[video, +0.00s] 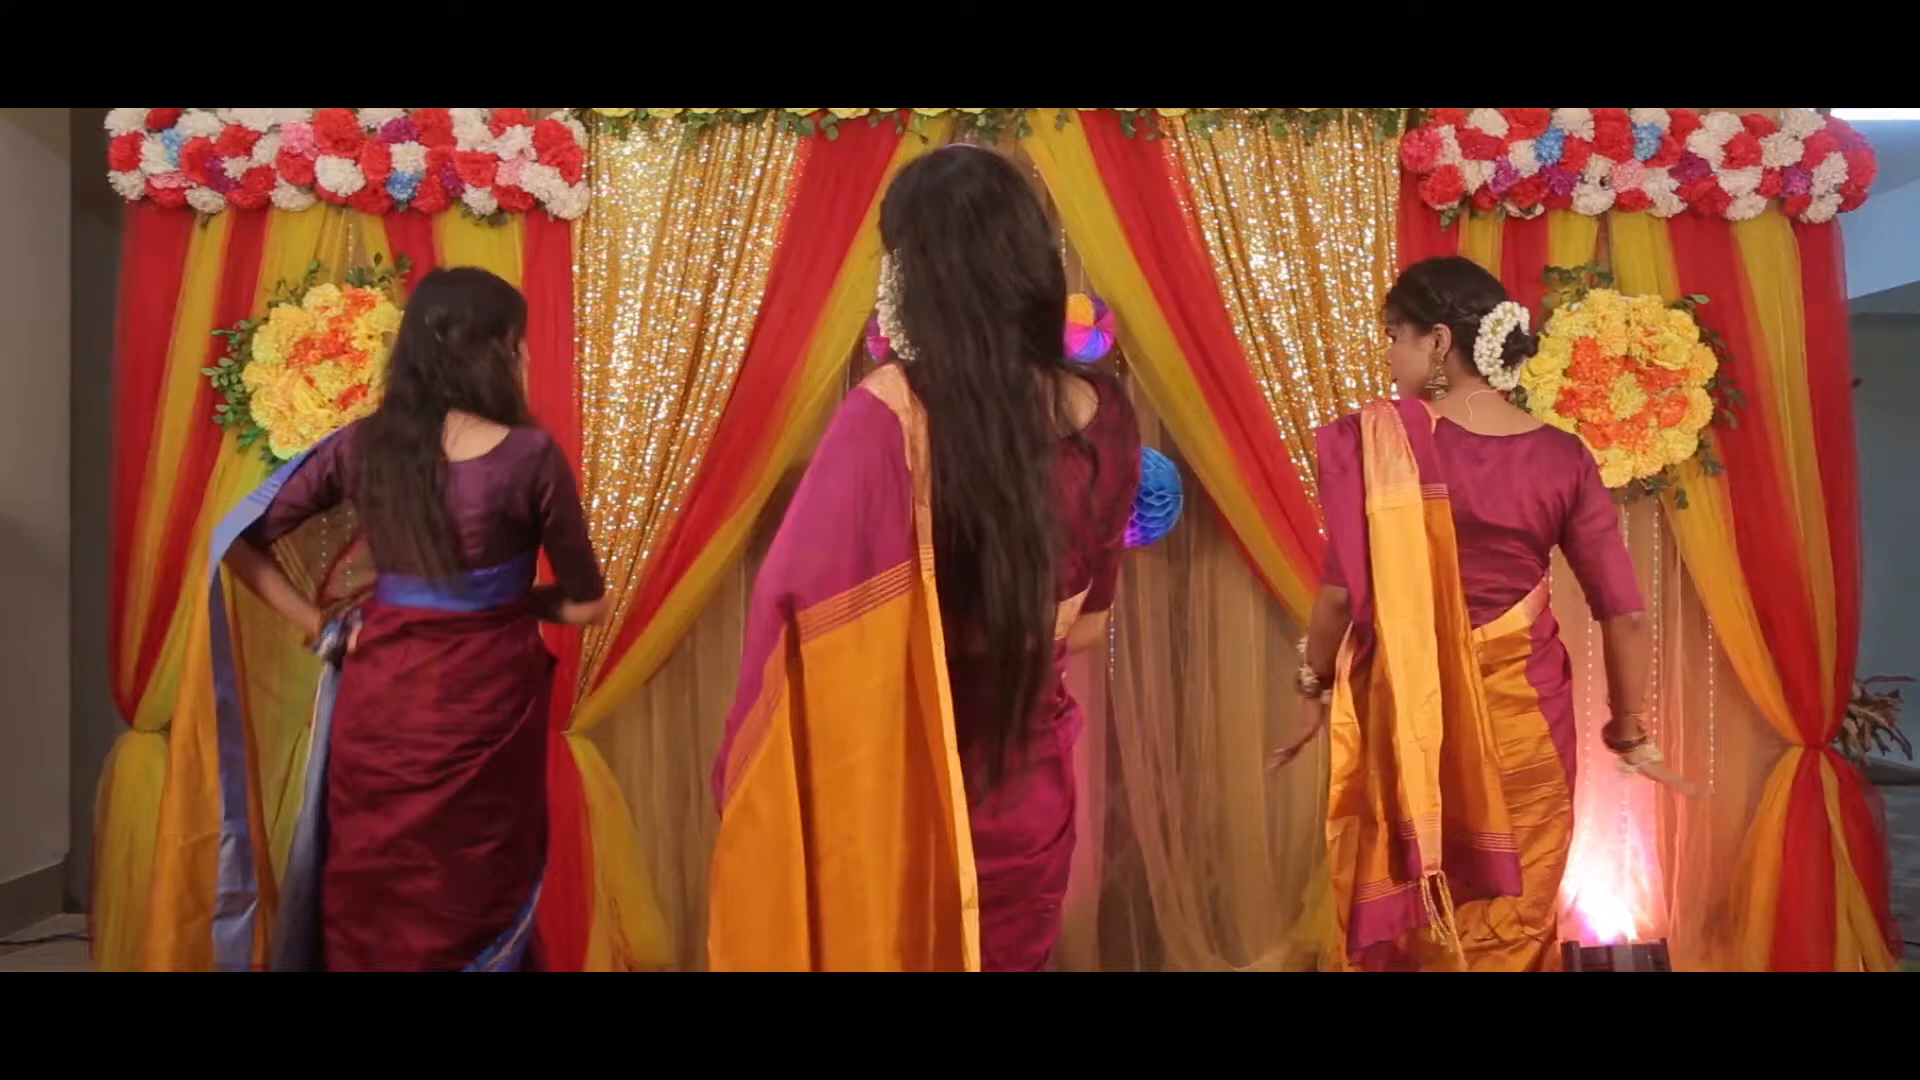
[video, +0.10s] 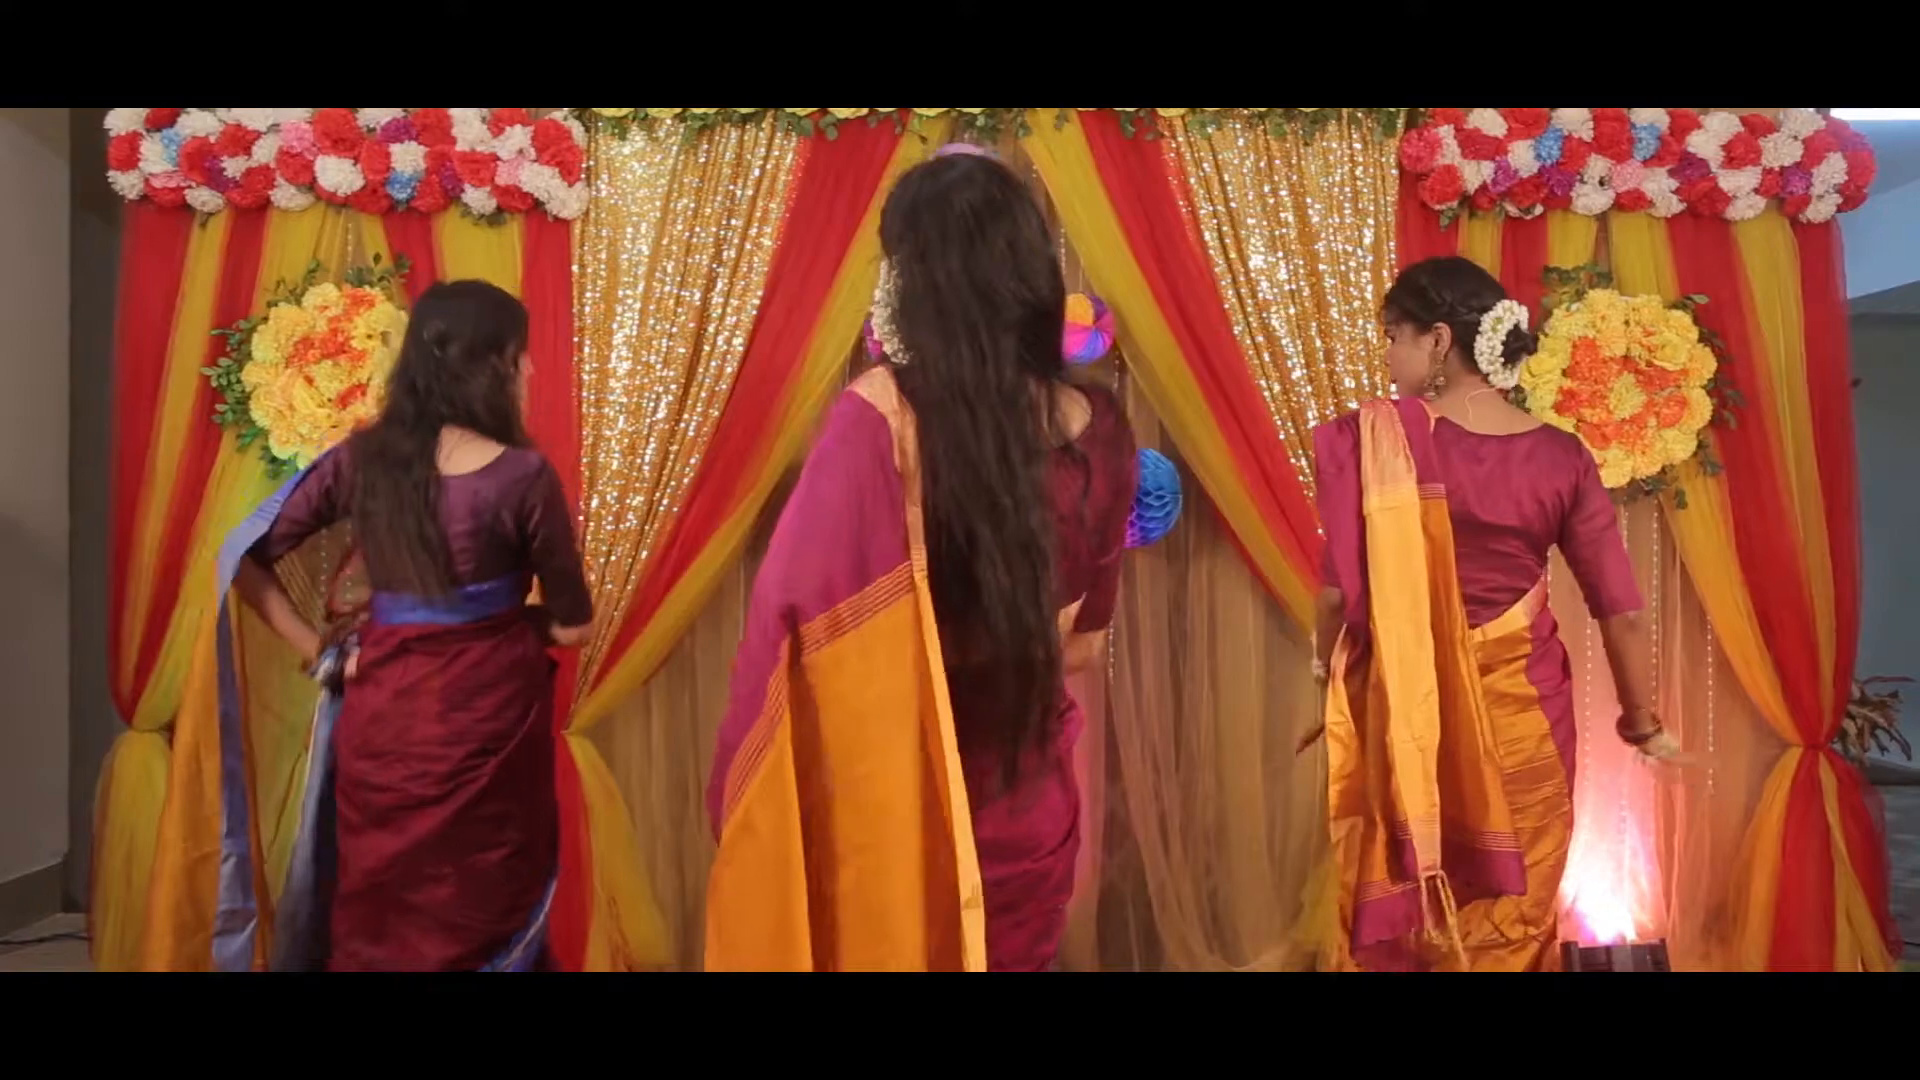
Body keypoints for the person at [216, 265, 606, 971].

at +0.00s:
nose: (527, 358)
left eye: (524, 342)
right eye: (519, 342)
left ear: (424, 348)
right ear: (492, 352)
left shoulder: (365, 442)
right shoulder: (529, 454)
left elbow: (239, 538)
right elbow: (587, 601)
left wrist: (315, 624)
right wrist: (512, 594)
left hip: (380, 689)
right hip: (489, 695)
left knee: (365, 885)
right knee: (481, 887)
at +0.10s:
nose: (530, 370)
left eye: (526, 353)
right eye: (523, 355)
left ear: (426, 360)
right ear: (494, 366)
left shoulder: (364, 456)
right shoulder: (522, 473)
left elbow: (246, 556)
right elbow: (572, 618)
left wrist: (313, 649)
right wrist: (501, 613)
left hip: (381, 707)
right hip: (489, 711)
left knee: (374, 905)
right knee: (488, 902)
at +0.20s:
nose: (529, 362)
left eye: (526, 345)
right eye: (521, 346)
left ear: (428, 351)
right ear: (494, 356)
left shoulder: (369, 447)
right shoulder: (528, 461)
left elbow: (249, 545)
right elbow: (579, 603)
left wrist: (321, 633)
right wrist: (504, 596)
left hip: (388, 699)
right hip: (496, 703)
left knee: (381, 895)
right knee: (492, 894)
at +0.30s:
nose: (531, 349)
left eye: (527, 333)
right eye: (522, 333)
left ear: (429, 343)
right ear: (487, 344)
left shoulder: (378, 439)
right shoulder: (541, 441)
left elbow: (245, 531)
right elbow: (603, 576)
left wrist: (324, 604)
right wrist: (512, 575)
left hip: (389, 687)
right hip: (499, 692)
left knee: (384, 886)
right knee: (490, 888)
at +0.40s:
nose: (529, 348)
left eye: (526, 332)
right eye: (521, 332)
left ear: (425, 338)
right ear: (492, 341)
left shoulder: (377, 437)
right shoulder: (542, 437)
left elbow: (244, 529)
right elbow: (604, 572)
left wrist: (328, 604)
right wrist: (516, 570)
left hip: (388, 682)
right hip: (498, 687)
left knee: (380, 878)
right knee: (487, 880)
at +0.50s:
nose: (531, 356)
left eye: (528, 339)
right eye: (523, 340)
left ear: (427, 345)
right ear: (486, 348)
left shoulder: (371, 440)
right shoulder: (533, 447)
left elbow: (250, 540)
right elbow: (593, 591)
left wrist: (325, 615)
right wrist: (509, 588)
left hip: (389, 681)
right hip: (495, 687)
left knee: (375, 879)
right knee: (486, 879)